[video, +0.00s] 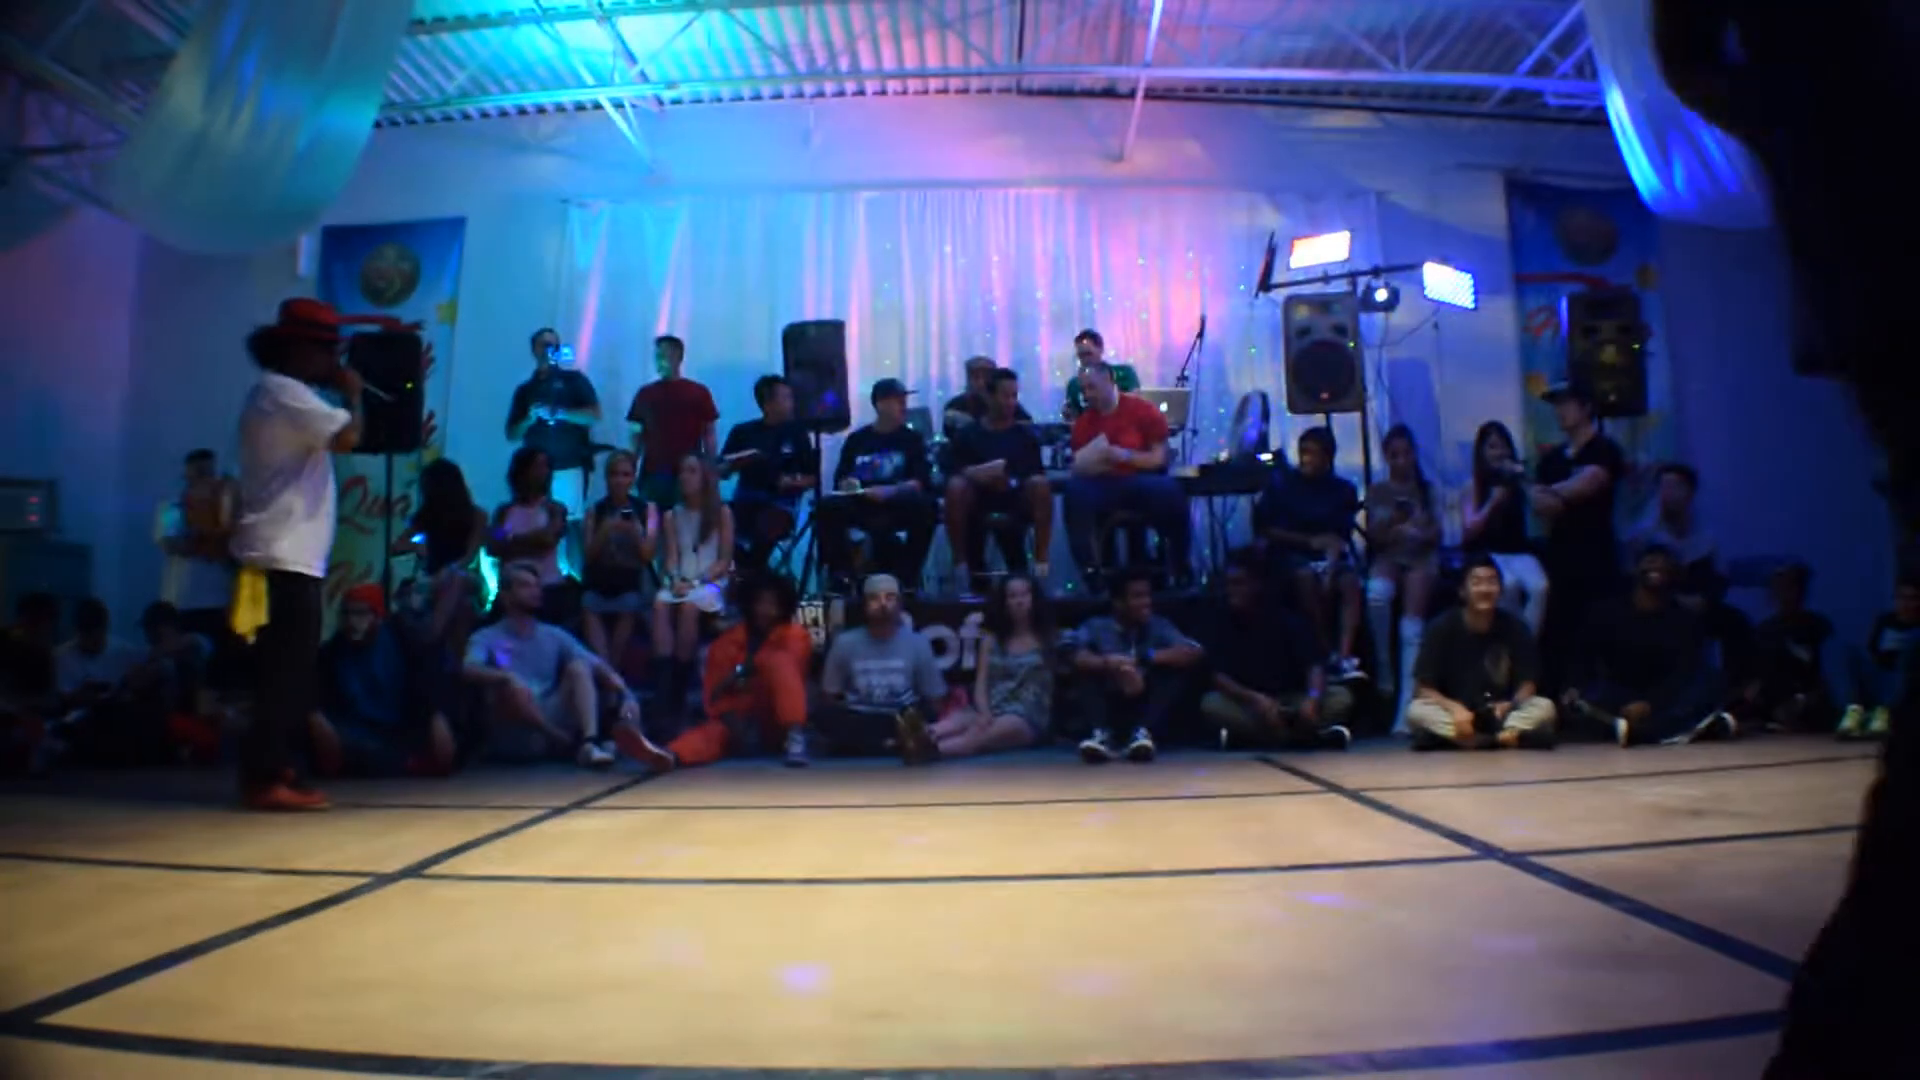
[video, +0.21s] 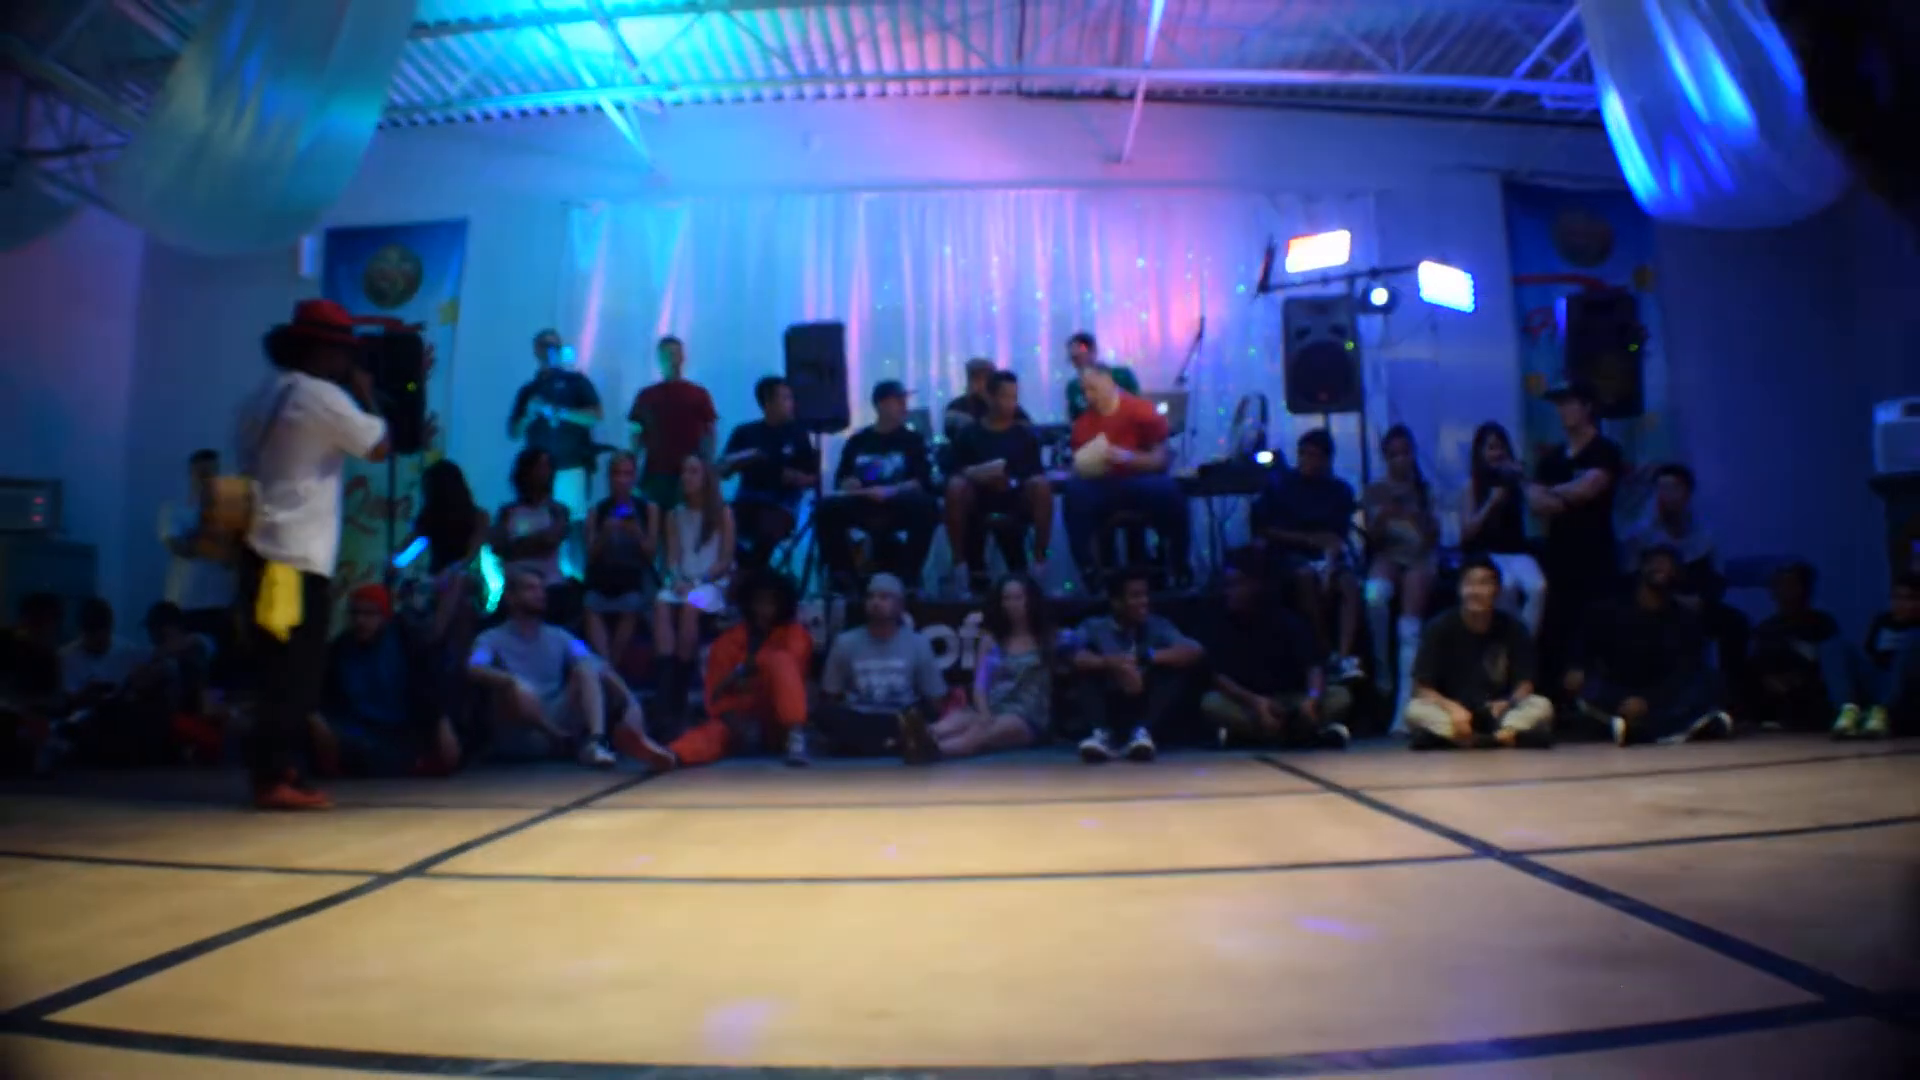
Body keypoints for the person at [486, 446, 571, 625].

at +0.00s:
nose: (542, 473)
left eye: (545, 466)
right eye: (535, 467)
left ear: (549, 471)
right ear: (521, 472)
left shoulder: (555, 509)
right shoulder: (504, 511)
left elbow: (549, 540)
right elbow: (493, 547)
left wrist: (508, 543)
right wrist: (536, 544)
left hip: (549, 586)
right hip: (513, 590)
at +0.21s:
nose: (543, 474)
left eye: (546, 467)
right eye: (537, 467)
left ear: (551, 472)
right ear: (524, 472)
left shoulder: (558, 510)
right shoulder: (508, 512)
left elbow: (552, 541)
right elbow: (499, 547)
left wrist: (513, 547)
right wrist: (541, 543)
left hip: (550, 586)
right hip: (516, 589)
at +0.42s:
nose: (539, 471)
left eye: (545, 465)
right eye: (533, 465)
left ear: (551, 471)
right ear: (521, 470)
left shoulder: (558, 509)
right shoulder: (505, 509)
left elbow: (551, 542)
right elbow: (493, 547)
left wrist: (508, 545)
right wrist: (538, 546)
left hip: (548, 588)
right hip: (511, 591)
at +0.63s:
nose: (537, 469)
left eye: (543, 463)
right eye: (531, 464)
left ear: (550, 470)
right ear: (520, 470)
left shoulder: (558, 509)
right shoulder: (505, 508)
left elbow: (551, 542)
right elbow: (492, 547)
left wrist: (509, 544)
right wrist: (536, 547)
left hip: (547, 588)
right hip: (509, 591)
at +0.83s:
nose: (532, 468)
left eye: (538, 463)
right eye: (527, 463)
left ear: (549, 472)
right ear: (518, 471)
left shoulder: (558, 509)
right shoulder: (505, 508)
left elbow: (550, 543)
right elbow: (492, 547)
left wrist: (510, 544)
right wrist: (536, 547)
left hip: (548, 590)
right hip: (509, 592)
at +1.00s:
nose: (530, 466)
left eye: (536, 461)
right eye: (525, 461)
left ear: (548, 473)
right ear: (518, 470)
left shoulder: (558, 509)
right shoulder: (505, 508)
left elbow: (550, 543)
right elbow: (492, 547)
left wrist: (512, 541)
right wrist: (535, 549)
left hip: (545, 591)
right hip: (508, 590)